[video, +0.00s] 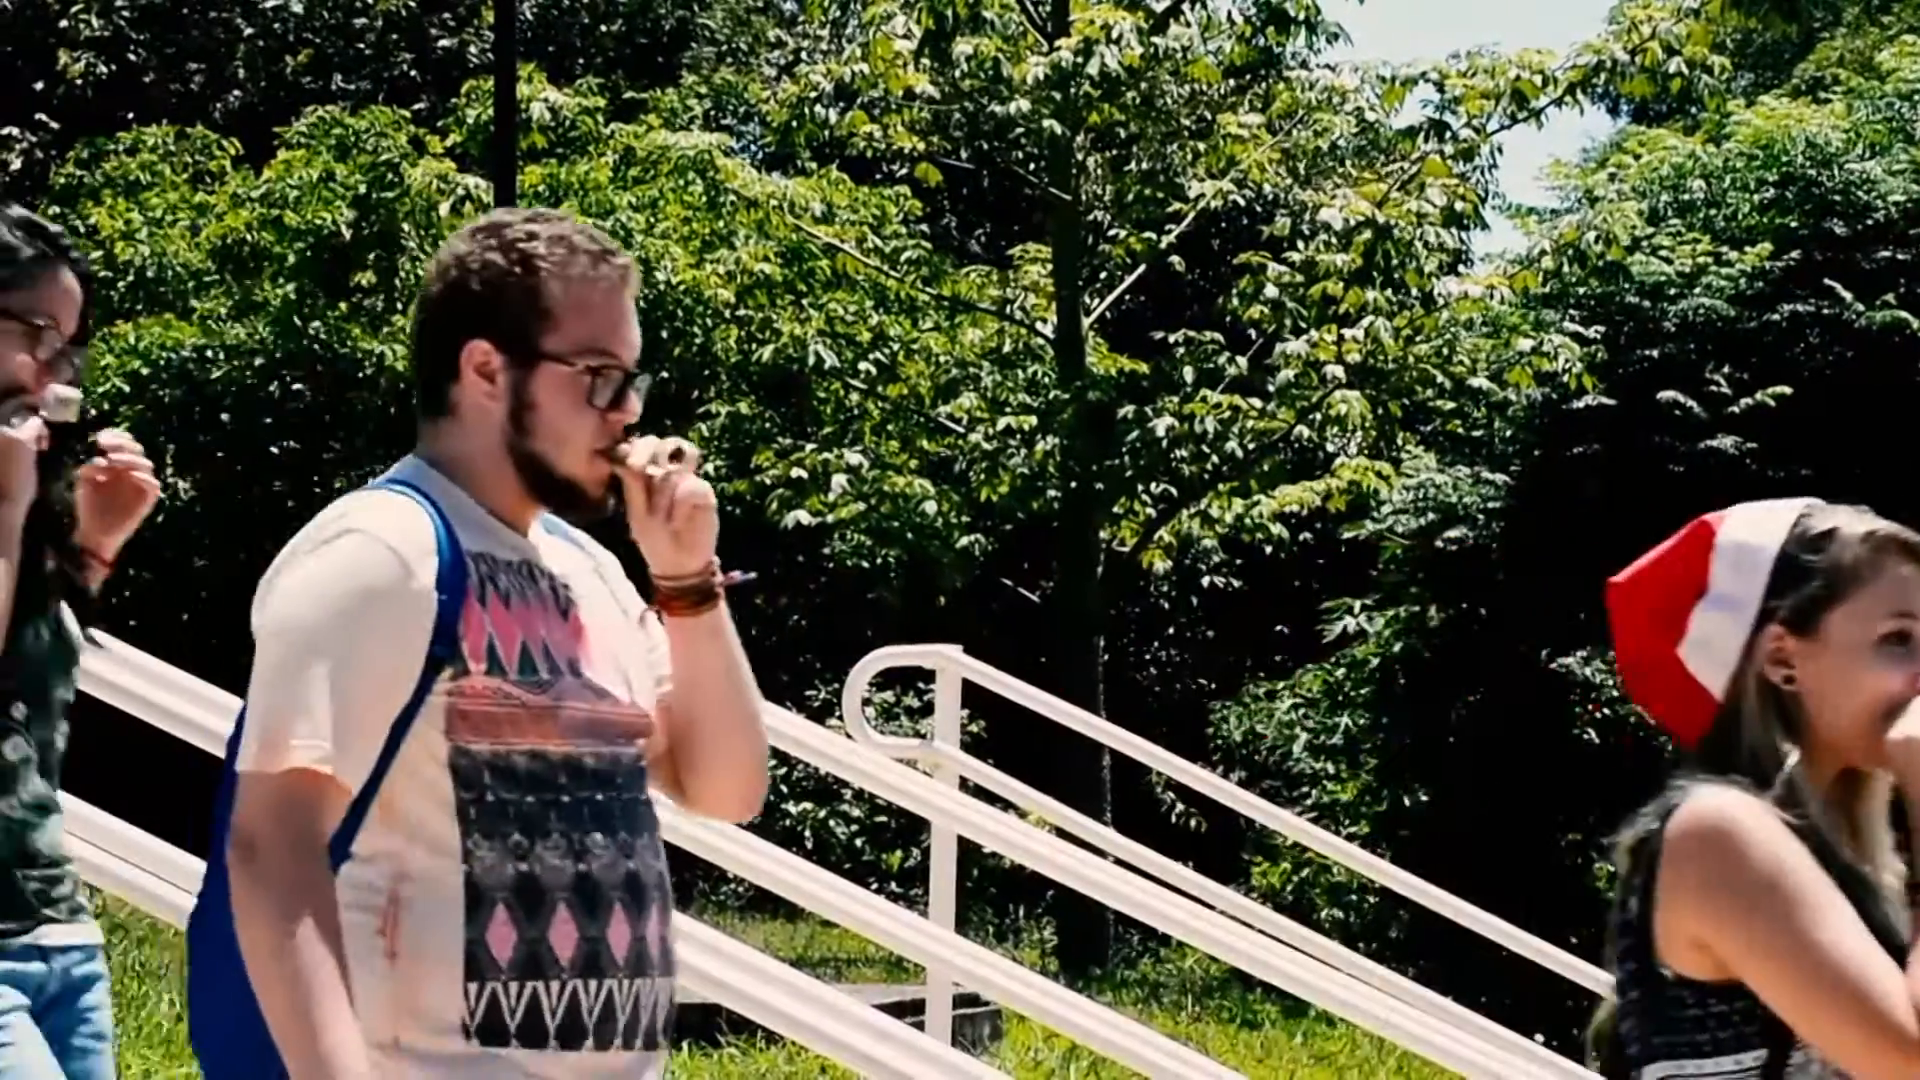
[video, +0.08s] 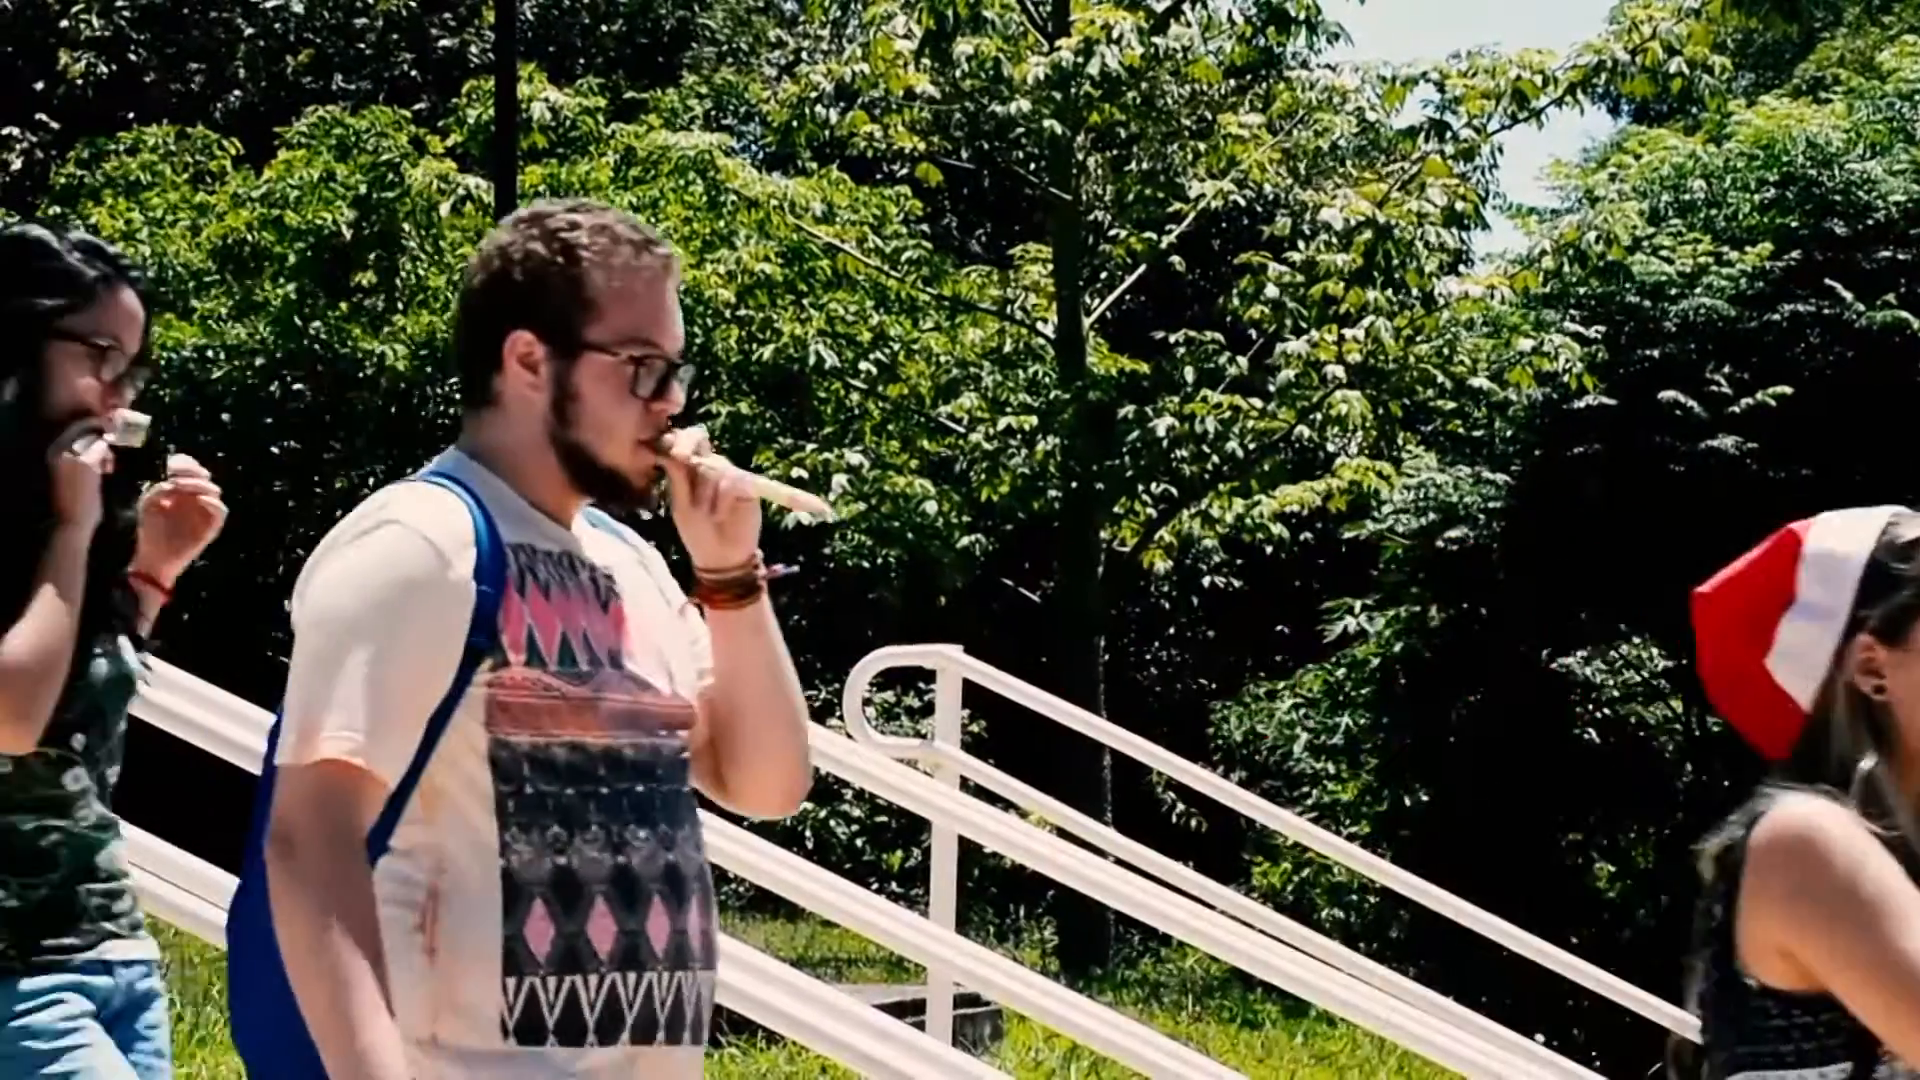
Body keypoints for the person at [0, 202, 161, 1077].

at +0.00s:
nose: (46, 368)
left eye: (63, 345)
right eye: (29, 330)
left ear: (73, 360)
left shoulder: (36, 485)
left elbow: (33, 679)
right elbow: (9, 669)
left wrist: (93, 548)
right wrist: (12, 510)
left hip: (65, 932)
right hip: (2, 946)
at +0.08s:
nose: (121, 390)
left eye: (131, 368)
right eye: (100, 356)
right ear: (18, 346)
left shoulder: (72, 504)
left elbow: (74, 706)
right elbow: (16, 720)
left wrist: (152, 571)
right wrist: (72, 529)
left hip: (122, 951)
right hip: (24, 969)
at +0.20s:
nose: (198, 384)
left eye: (208, 362)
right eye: (174, 353)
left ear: (213, 369)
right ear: (87, 346)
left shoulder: (152, 506)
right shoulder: (15, 514)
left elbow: (147, 711)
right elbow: (95, 714)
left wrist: (210, 575)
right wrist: (156, 525)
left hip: (198, 960)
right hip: (78, 977)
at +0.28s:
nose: (249, 408)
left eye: (255, 383)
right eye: (225, 373)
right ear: (138, 365)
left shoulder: (198, 534)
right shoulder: (38, 537)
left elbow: (205, 735)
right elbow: (163, 734)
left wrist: (253, 586)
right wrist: (215, 541)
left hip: (263, 1002)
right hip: (129, 1018)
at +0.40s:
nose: (321, 482)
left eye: (324, 454)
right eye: (294, 449)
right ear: (207, 447)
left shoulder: (247, 611)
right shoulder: (116, 624)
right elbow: (254, 824)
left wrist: (321, 662)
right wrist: (293, 627)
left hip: (313, 1038)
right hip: (196, 1050)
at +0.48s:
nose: (373, 533)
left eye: (377, 506)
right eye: (348, 500)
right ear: (260, 502)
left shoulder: (285, 666)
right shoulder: (166, 681)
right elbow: (308, 880)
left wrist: (366, 724)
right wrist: (346, 679)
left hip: (348, 1053)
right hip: (245, 1063)